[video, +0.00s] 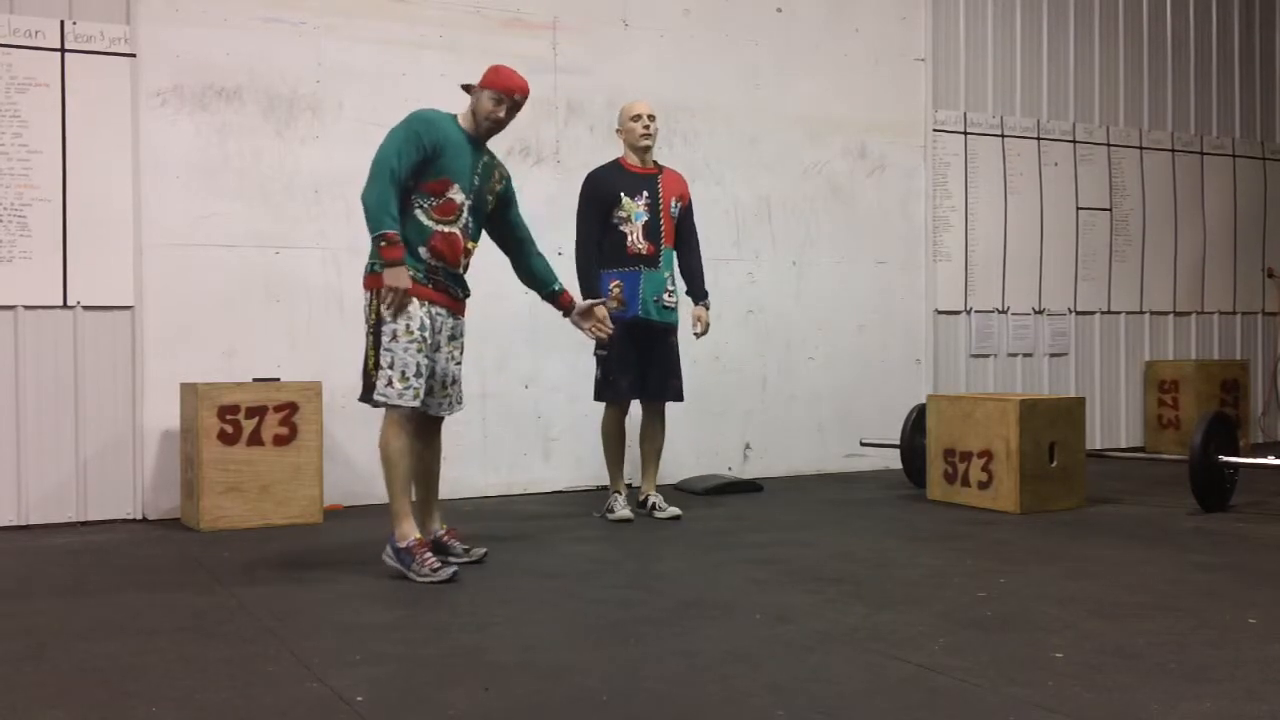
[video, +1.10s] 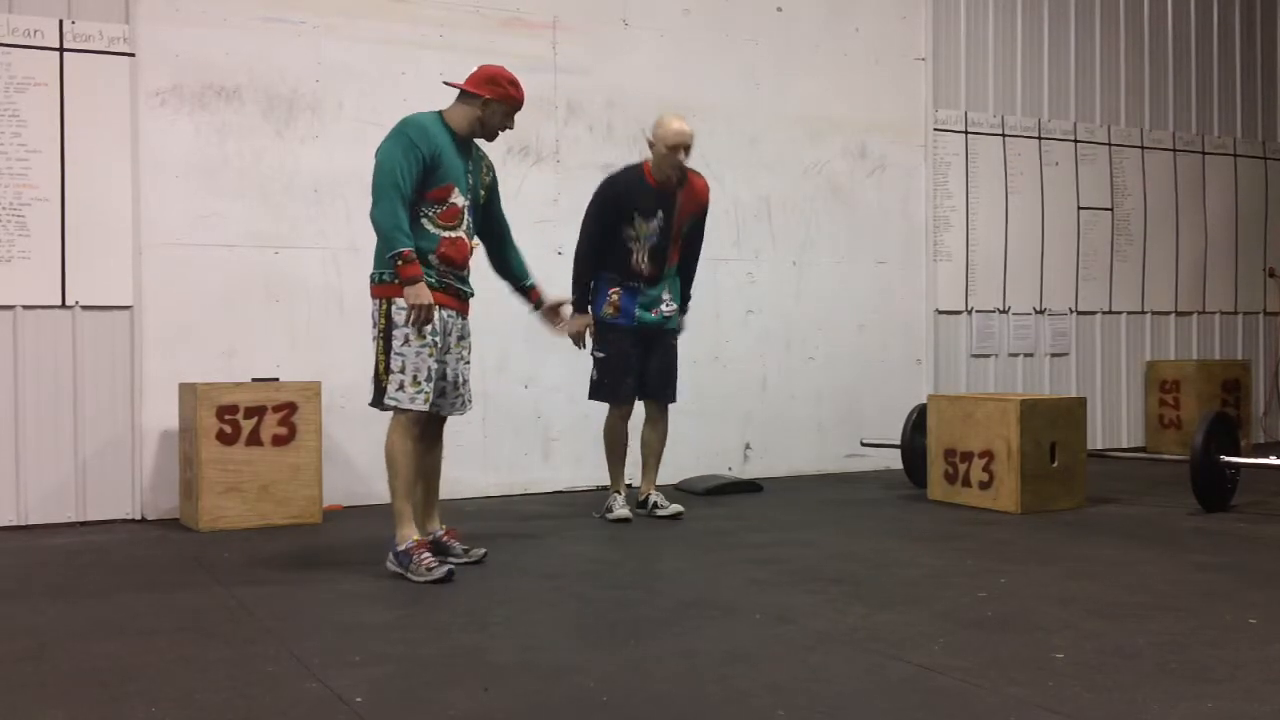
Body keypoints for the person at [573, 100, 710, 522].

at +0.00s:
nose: (647, 125)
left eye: (651, 119)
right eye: (637, 119)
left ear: (658, 129)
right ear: (620, 131)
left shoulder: (675, 182)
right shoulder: (600, 181)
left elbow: (688, 246)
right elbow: (586, 247)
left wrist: (699, 299)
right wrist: (592, 304)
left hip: (661, 312)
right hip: (616, 312)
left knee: (654, 403)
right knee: (617, 403)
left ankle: (649, 491)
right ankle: (617, 492)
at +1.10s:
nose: (680, 157)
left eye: (686, 149)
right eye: (672, 149)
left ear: (690, 148)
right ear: (652, 145)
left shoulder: (695, 191)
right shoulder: (618, 188)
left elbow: (690, 253)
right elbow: (587, 246)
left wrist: (680, 305)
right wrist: (580, 307)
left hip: (662, 310)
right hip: (615, 310)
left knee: (657, 404)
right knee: (621, 405)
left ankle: (647, 492)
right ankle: (617, 493)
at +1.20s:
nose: (692, 190)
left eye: (697, 181)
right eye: (684, 182)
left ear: (702, 180)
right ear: (663, 179)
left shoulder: (703, 215)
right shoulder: (625, 212)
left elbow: (689, 268)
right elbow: (589, 268)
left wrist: (672, 308)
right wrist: (578, 322)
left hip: (660, 321)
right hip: (616, 322)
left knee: (663, 410)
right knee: (629, 409)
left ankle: (648, 493)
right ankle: (618, 494)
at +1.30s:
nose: (698, 233)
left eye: (703, 225)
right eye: (691, 224)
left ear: (708, 223)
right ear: (672, 218)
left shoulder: (710, 252)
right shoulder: (636, 244)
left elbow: (694, 299)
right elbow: (598, 298)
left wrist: (678, 337)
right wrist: (581, 358)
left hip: (663, 342)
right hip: (620, 341)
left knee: (671, 421)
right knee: (639, 421)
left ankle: (648, 495)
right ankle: (619, 497)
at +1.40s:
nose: (706, 273)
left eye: (712, 266)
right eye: (701, 265)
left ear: (719, 262)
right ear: (685, 256)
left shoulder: (720, 278)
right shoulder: (648, 266)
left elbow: (715, 337)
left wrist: (711, 394)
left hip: (666, 345)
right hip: (624, 343)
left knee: (673, 420)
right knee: (636, 422)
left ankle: (647, 496)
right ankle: (620, 495)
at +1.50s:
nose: (719, 325)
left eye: (725, 319)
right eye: (715, 317)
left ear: (734, 305)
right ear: (702, 302)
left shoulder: (736, 307)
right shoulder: (655, 303)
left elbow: (746, 372)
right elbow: (630, 384)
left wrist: (756, 438)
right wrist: (637, 451)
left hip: (666, 313)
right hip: (624, 307)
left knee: (669, 400)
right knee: (623, 402)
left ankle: (644, 481)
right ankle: (615, 490)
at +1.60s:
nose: (729, 369)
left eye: (737, 363)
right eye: (725, 362)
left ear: (749, 345)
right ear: (714, 347)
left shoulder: (745, 338)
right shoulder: (674, 343)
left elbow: (768, 406)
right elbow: (654, 418)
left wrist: (793, 476)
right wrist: (653, 491)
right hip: (634, 298)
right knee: (622, 408)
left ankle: (620, 451)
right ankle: (598, 452)